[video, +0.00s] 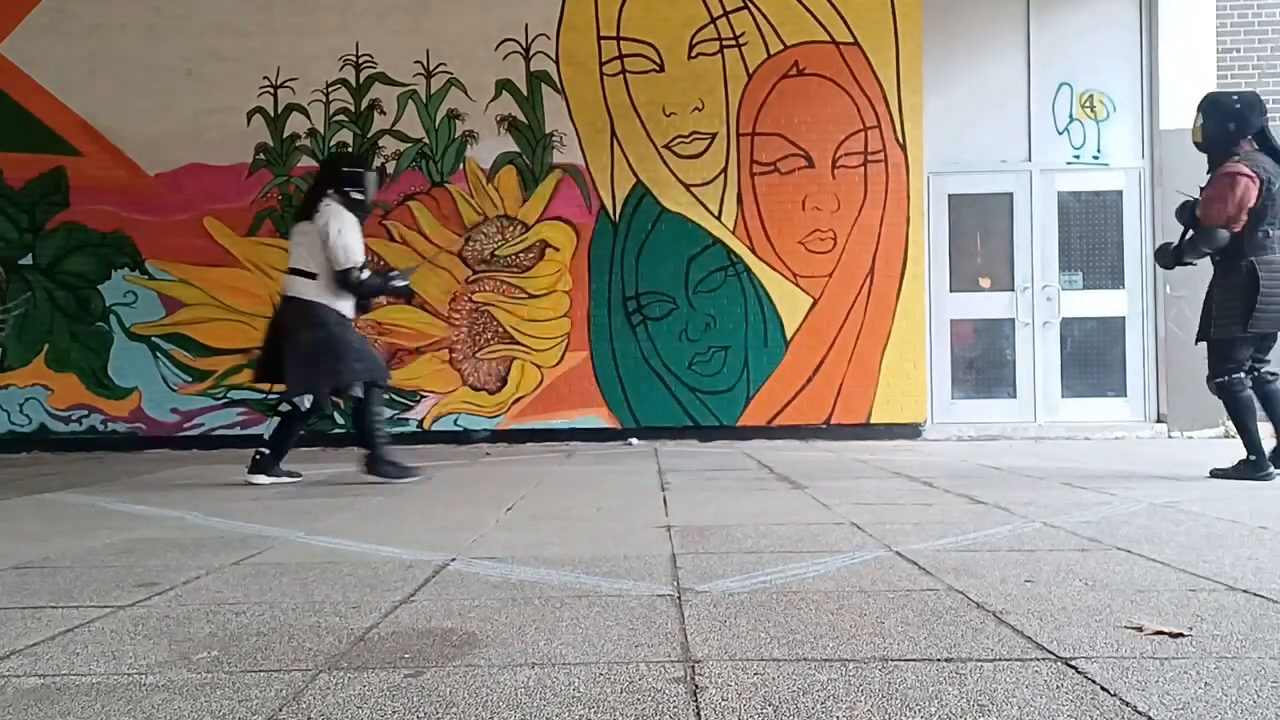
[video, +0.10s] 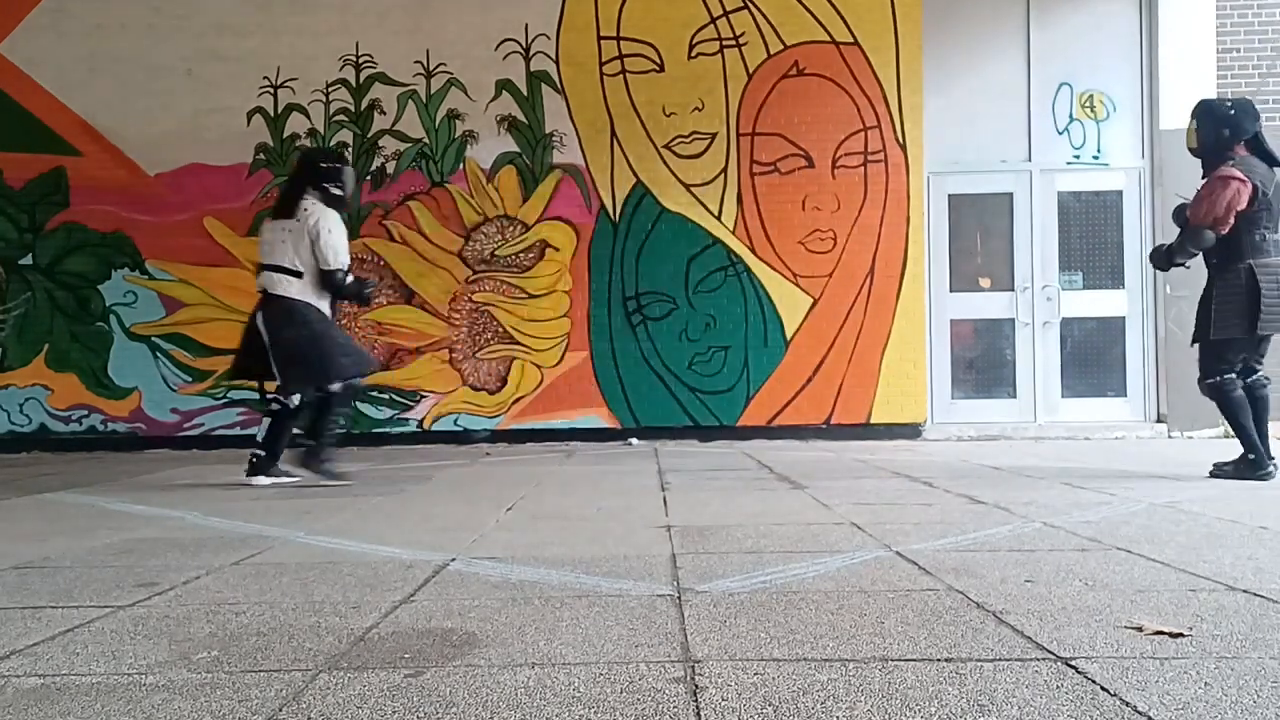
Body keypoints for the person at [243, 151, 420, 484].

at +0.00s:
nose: (368, 193)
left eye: (368, 184)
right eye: (364, 184)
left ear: (330, 185)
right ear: (347, 186)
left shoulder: (308, 220)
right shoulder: (340, 219)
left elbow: (321, 284)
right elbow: (353, 278)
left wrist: (367, 289)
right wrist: (390, 284)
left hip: (293, 318)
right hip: (320, 321)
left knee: (308, 395)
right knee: (372, 374)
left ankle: (266, 462)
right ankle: (378, 457)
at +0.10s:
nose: (346, 188)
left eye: (345, 180)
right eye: (342, 180)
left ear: (303, 178)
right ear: (327, 181)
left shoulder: (277, 214)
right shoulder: (325, 218)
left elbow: (264, 272)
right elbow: (332, 278)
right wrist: (359, 290)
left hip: (268, 313)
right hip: (301, 317)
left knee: (293, 389)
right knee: (342, 375)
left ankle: (264, 462)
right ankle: (318, 452)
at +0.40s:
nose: (301, 178)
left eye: (300, 170)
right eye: (296, 171)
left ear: (251, 173)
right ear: (282, 174)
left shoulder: (223, 209)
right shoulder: (288, 217)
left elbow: (194, 260)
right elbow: (299, 279)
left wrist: (230, 278)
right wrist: (292, 320)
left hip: (220, 310)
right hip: (258, 313)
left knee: (240, 389)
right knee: (268, 394)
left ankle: (233, 465)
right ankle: (213, 468)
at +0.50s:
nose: (287, 176)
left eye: (285, 168)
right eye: (282, 169)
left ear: (237, 171)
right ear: (269, 173)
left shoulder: (212, 208)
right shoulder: (275, 215)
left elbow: (183, 260)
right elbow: (288, 278)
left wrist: (219, 277)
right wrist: (286, 313)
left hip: (211, 311)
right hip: (248, 313)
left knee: (223, 385)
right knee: (263, 394)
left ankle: (193, 450)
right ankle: (214, 470)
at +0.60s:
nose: (278, 176)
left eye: (276, 168)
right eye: (272, 169)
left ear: (228, 172)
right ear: (259, 173)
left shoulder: (206, 209)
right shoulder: (264, 216)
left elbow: (179, 265)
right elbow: (275, 281)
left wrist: (214, 281)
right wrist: (289, 300)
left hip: (197, 315)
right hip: (238, 317)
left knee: (201, 394)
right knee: (272, 393)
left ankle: (165, 466)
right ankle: (219, 466)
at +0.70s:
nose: (273, 189)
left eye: (272, 182)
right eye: (268, 182)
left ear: (224, 183)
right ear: (252, 184)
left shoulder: (198, 218)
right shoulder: (256, 224)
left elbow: (173, 274)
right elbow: (266, 290)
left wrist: (211, 288)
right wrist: (291, 302)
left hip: (188, 322)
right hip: (229, 324)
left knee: (196, 398)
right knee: (293, 376)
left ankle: (162, 471)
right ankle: (242, 449)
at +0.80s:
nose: (274, 193)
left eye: (272, 185)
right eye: (268, 185)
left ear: (224, 189)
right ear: (252, 189)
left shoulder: (198, 224)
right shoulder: (256, 231)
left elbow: (167, 277)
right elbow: (265, 298)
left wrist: (200, 295)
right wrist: (272, 320)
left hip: (189, 325)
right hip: (230, 326)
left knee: (201, 399)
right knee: (300, 369)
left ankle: (163, 470)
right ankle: (280, 451)